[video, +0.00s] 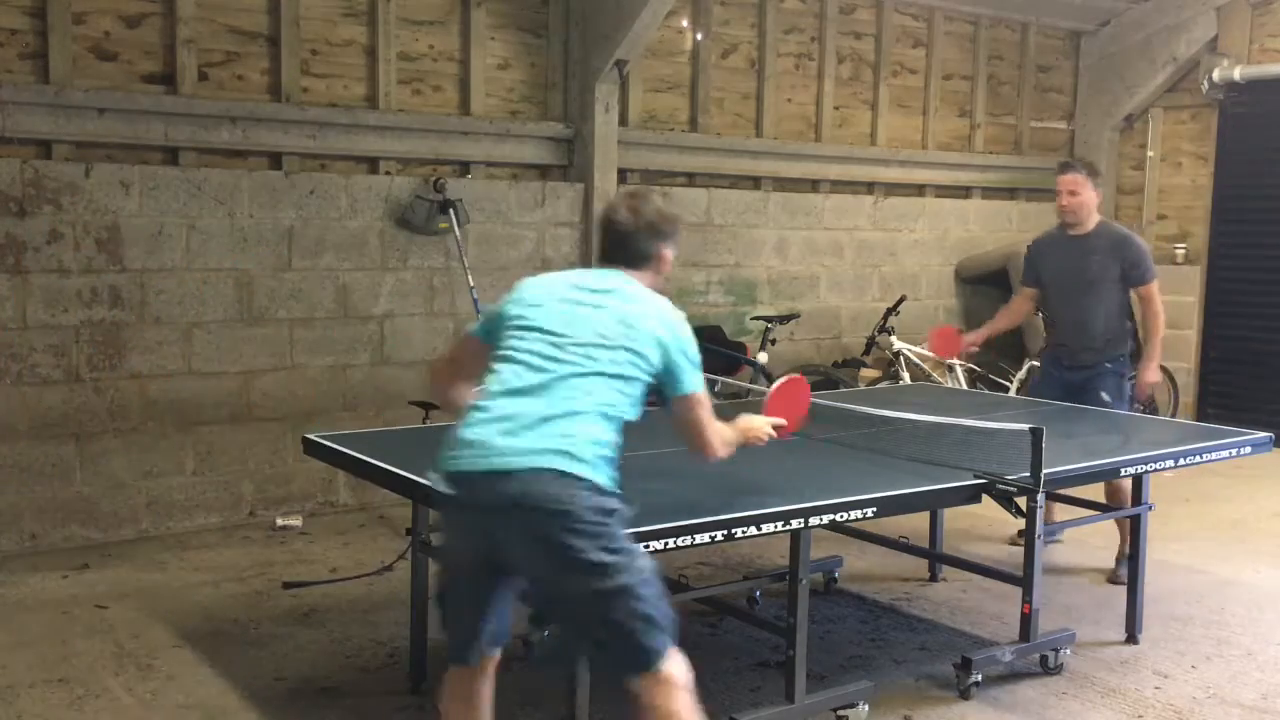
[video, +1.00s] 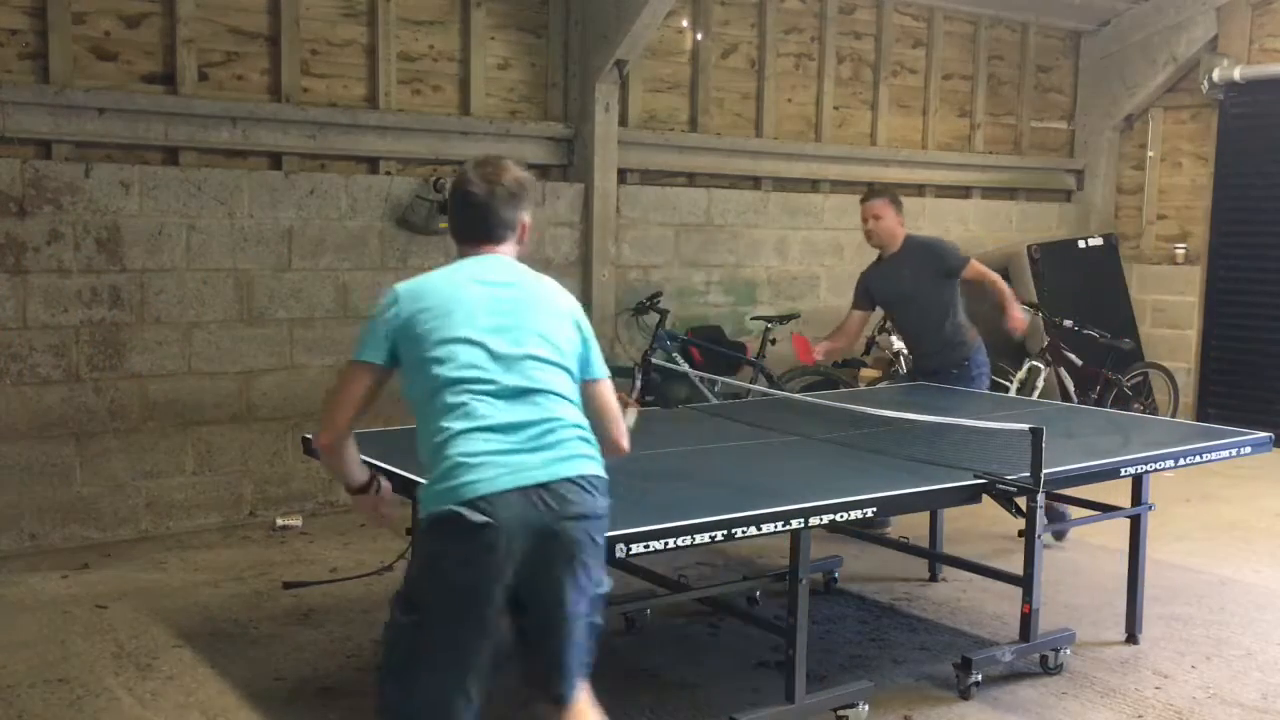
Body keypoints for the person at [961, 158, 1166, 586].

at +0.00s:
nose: (1064, 201)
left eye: (1073, 193)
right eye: (1058, 194)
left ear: (1095, 197)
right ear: (1054, 199)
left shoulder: (1124, 245)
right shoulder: (1042, 249)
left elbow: (1152, 304)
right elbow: (1024, 302)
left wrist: (1151, 361)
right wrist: (984, 332)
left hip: (1108, 369)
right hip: (1055, 366)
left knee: (1113, 461)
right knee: (1041, 448)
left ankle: (1129, 546)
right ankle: (1048, 522)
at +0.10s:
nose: (1037, 215)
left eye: (1045, 206)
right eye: (1034, 207)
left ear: (1072, 206)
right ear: (1035, 210)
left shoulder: (1105, 257)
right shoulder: (1031, 259)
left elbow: (1136, 319)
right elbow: (1013, 313)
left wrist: (1119, 373)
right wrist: (959, 339)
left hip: (1090, 381)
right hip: (1039, 376)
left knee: (1109, 468)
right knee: (1004, 435)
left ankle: (1127, 548)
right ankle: (1013, 510)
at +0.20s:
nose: (1001, 224)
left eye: (1008, 215)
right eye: (1000, 216)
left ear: (1038, 215)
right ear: (1016, 219)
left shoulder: (1074, 261)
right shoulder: (1007, 267)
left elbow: (1102, 319)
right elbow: (995, 319)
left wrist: (1080, 349)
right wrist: (948, 345)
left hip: (1071, 384)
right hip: (1021, 379)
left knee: (1093, 462)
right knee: (966, 429)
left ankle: (1125, 548)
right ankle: (929, 506)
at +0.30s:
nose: (958, 227)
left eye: (964, 218)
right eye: (956, 219)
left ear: (994, 217)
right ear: (973, 222)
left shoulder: (1031, 257)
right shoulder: (968, 270)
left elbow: (1071, 301)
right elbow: (954, 326)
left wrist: (1059, 321)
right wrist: (902, 346)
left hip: (1043, 385)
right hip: (990, 384)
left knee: (1081, 464)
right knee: (939, 441)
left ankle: (1123, 547)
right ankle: (890, 505)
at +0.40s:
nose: (910, 235)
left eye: (916, 226)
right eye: (909, 227)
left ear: (942, 225)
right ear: (925, 228)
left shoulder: (977, 262)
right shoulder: (923, 282)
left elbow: (1031, 287)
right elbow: (888, 335)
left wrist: (1040, 303)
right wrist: (834, 345)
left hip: (1007, 380)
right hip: (961, 383)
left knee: (1055, 459)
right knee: (913, 437)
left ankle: (1112, 544)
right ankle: (881, 512)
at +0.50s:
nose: (869, 246)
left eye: (875, 239)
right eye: (869, 239)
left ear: (901, 240)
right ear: (892, 241)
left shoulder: (944, 273)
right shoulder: (882, 297)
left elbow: (1002, 292)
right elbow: (847, 341)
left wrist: (1012, 305)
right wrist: (789, 351)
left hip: (984, 379)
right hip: (939, 387)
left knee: (1025, 460)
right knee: (898, 438)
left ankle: (1094, 536)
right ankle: (882, 508)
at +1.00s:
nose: (867, 227)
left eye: (874, 218)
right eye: (864, 221)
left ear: (897, 219)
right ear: (865, 226)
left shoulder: (934, 253)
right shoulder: (872, 278)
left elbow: (991, 278)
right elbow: (847, 335)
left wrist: (1013, 308)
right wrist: (825, 347)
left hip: (965, 366)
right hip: (923, 373)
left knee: (979, 445)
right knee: (892, 436)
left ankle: (1051, 507)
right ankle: (880, 513)